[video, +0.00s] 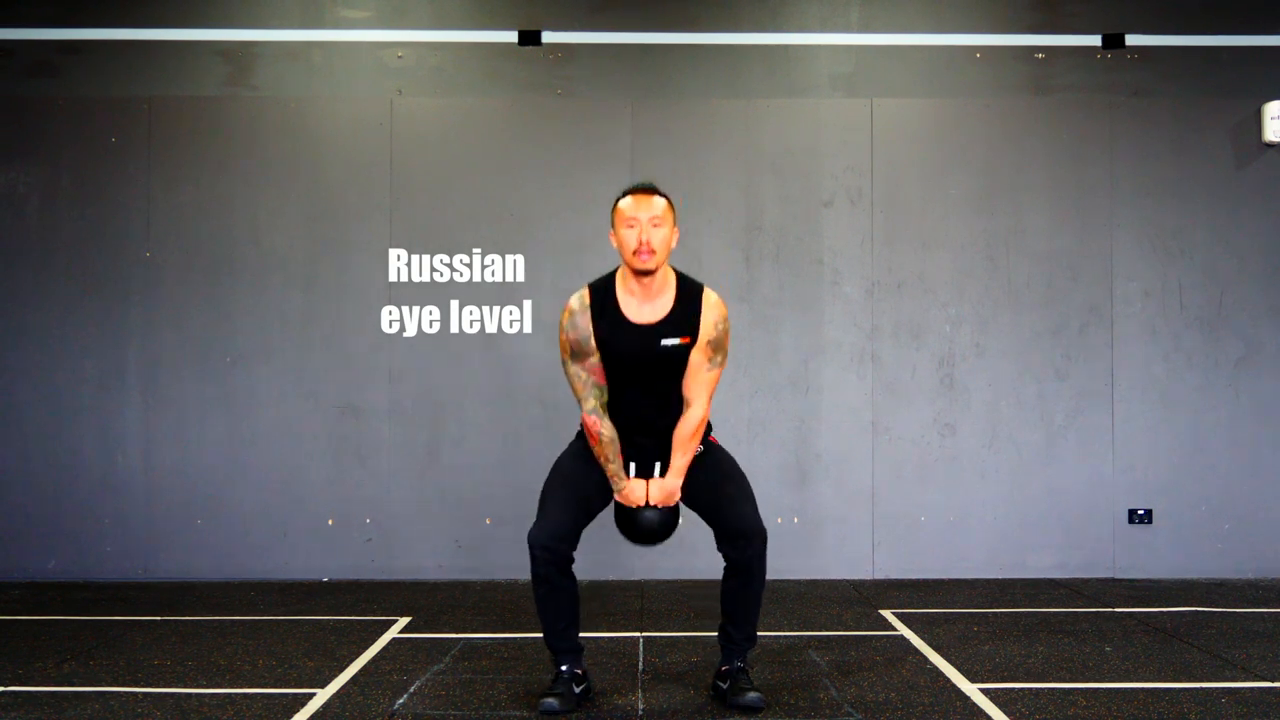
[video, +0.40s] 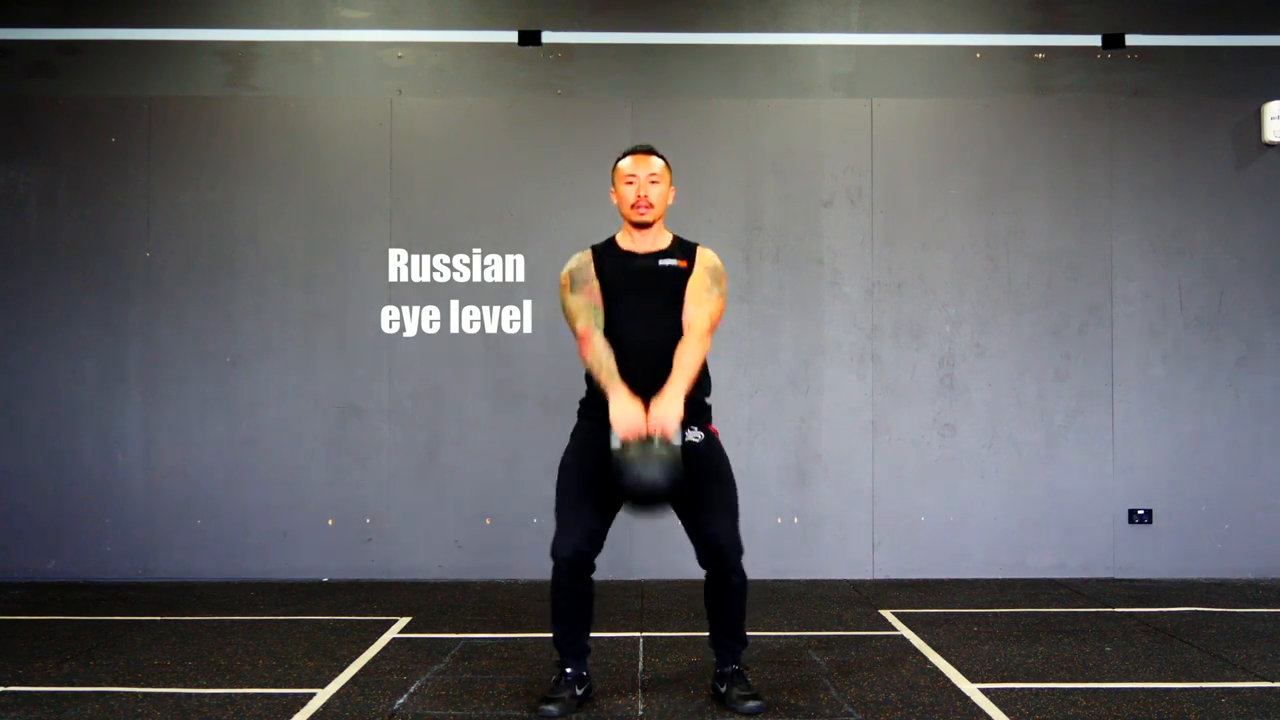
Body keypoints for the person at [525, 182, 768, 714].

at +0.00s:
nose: (643, 237)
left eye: (655, 224)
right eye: (630, 225)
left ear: (674, 234)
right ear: (614, 236)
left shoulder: (707, 310)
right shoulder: (582, 313)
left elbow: (696, 406)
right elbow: (593, 411)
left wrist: (675, 475)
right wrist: (618, 477)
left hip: (686, 445)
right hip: (605, 445)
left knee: (747, 534)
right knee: (548, 539)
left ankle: (734, 668)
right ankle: (569, 673)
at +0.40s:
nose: (642, 190)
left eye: (653, 180)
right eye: (630, 181)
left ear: (671, 192)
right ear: (614, 193)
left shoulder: (704, 263)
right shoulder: (581, 269)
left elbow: (696, 335)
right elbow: (591, 340)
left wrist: (673, 393)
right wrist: (618, 394)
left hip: (686, 426)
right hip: (603, 427)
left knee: (724, 553)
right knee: (571, 552)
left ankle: (730, 673)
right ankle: (572, 674)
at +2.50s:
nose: (649, 201)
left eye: (659, 192)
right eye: (638, 192)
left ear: (677, 184)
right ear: (618, 184)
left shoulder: (703, 242)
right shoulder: (592, 236)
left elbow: (714, 240)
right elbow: (578, 238)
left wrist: (682, 191)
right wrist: (609, 197)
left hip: (685, 408)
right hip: (610, 409)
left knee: (710, 544)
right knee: (585, 543)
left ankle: (729, 669)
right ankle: (572, 673)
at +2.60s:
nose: (648, 168)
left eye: (660, 161)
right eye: (637, 161)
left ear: (677, 180)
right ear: (619, 180)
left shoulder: (700, 241)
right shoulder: (593, 242)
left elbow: (714, 261)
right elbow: (578, 254)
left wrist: (670, 232)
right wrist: (615, 235)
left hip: (685, 411)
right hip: (609, 410)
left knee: (711, 543)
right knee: (583, 543)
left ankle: (730, 670)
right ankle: (571, 672)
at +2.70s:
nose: (648, 168)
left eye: (660, 160)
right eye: (637, 160)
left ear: (676, 178)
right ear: (620, 179)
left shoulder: (704, 246)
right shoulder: (589, 244)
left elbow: (702, 291)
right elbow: (592, 285)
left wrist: (674, 319)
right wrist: (620, 313)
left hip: (683, 413)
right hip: (607, 413)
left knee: (716, 542)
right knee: (578, 542)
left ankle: (730, 670)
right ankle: (571, 672)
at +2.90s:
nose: (646, 192)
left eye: (657, 182)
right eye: (633, 183)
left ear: (675, 198)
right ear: (616, 201)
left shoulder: (706, 277)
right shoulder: (583, 278)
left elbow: (697, 377)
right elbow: (594, 377)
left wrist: (674, 455)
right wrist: (620, 455)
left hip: (685, 431)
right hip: (604, 431)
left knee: (740, 540)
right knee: (553, 541)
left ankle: (733, 669)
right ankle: (569, 673)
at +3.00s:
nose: (642, 231)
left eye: (654, 219)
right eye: (630, 220)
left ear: (673, 228)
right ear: (614, 230)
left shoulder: (708, 304)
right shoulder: (582, 307)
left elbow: (697, 400)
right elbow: (592, 405)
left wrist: (673, 470)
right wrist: (619, 472)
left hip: (686, 443)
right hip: (605, 443)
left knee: (746, 534)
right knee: (548, 538)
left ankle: (734, 668)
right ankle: (568, 673)